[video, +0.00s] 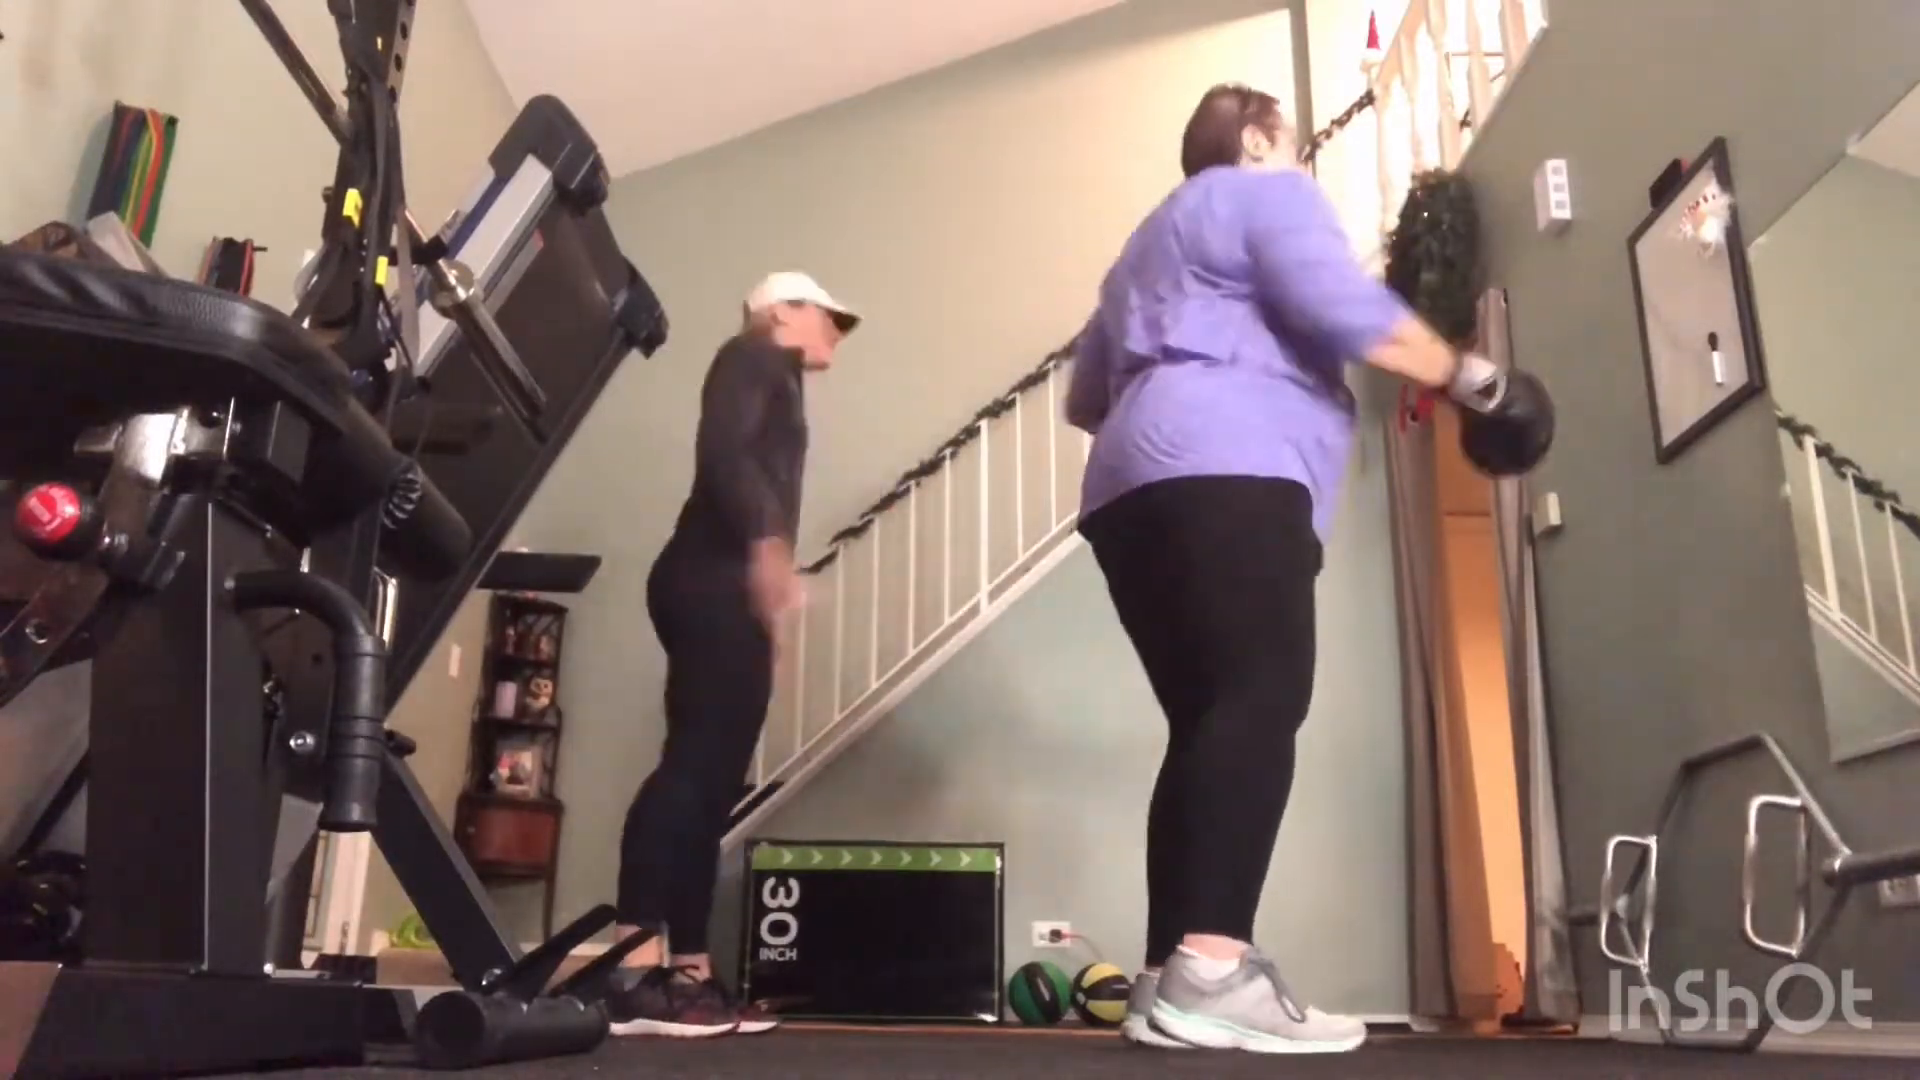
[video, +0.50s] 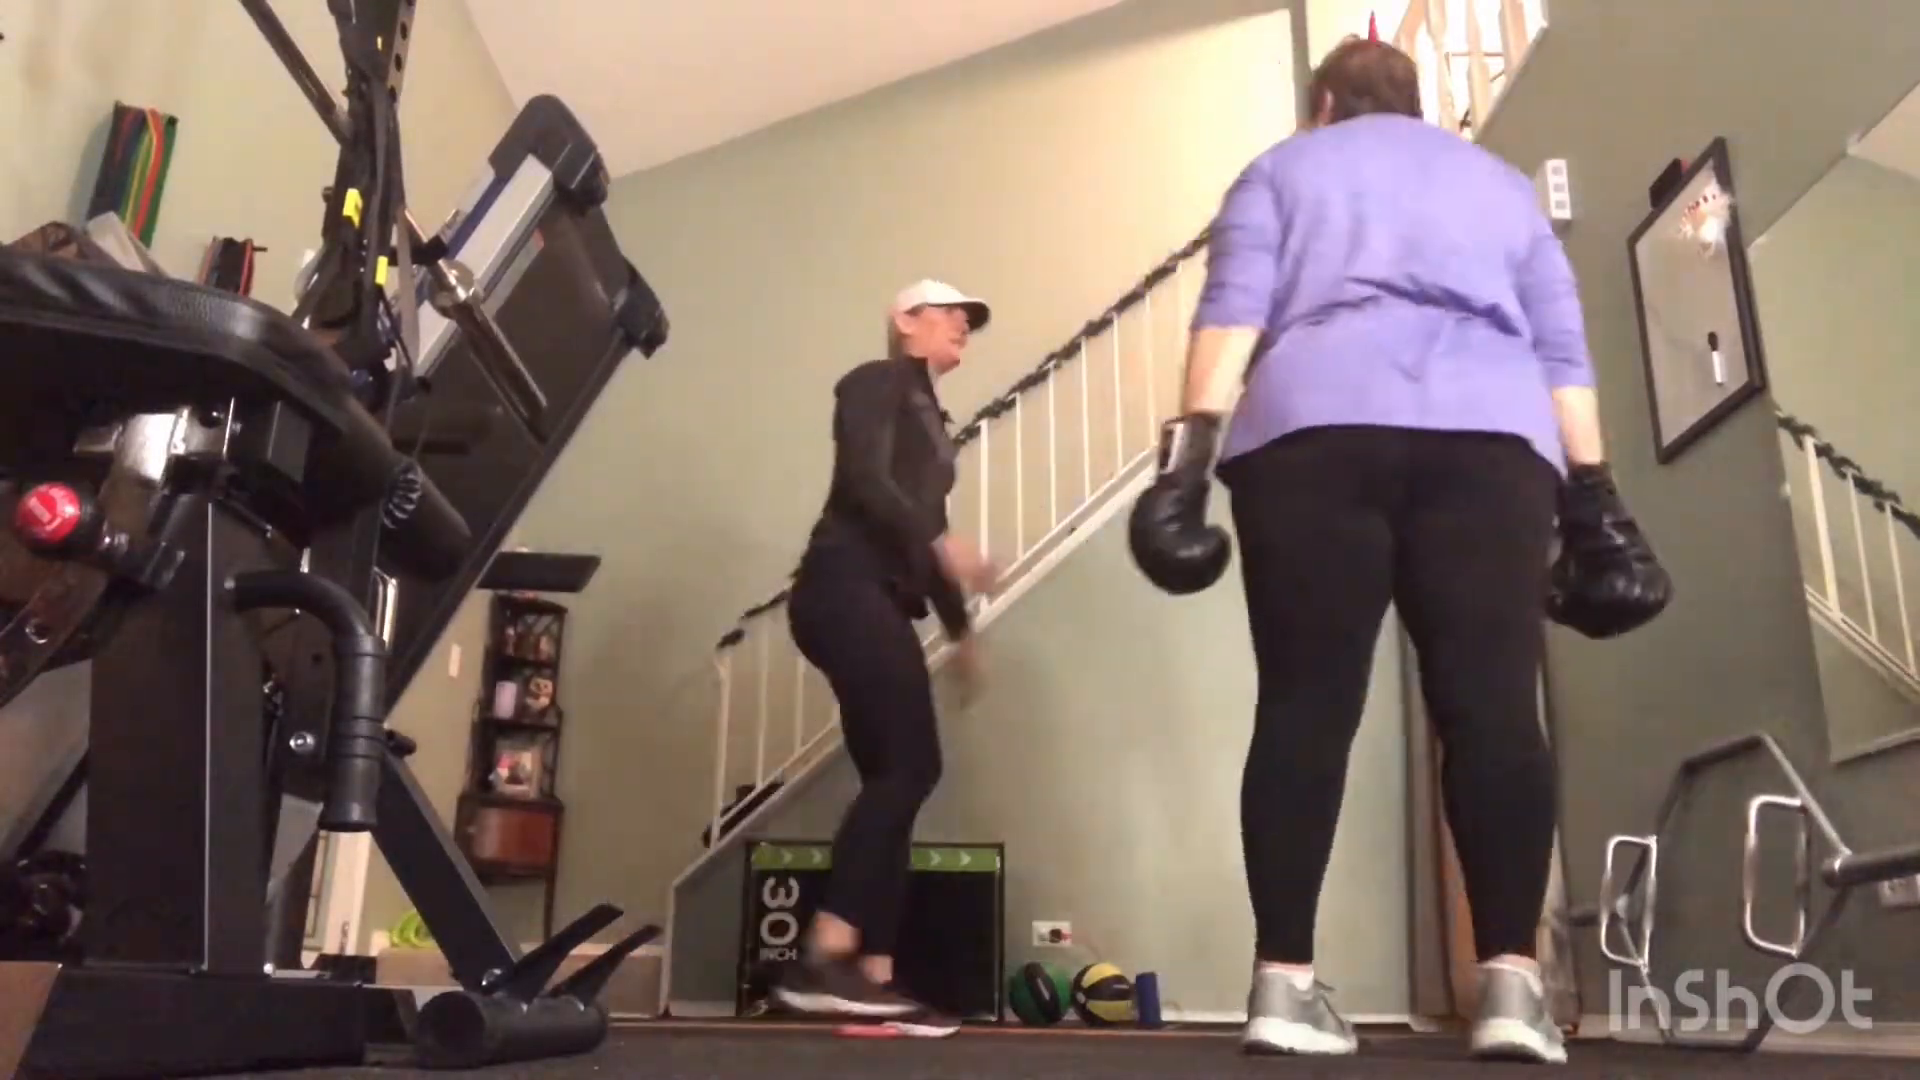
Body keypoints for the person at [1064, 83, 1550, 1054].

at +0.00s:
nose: (1296, 157)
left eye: (1290, 143)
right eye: (1288, 142)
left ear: (1198, 153)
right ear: (1256, 136)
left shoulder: (1141, 247)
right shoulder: (1270, 191)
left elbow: (1086, 395)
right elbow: (1333, 302)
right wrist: (1465, 373)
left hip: (1126, 483)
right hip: (1230, 462)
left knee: (1202, 726)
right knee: (1260, 701)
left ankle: (1176, 979)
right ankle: (1210, 972)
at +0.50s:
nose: (1305, 125)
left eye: (1307, 108)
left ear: (1320, 108)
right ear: (1423, 109)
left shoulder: (1282, 167)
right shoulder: (1506, 181)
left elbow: (1233, 301)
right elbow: (1561, 345)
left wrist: (1186, 460)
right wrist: (1594, 499)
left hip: (1313, 438)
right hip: (1489, 446)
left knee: (1304, 711)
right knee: (1495, 712)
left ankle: (1285, 980)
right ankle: (1510, 981)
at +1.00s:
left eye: (1183, 115)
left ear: (1184, 123)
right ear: (1284, 115)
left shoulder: (1144, 188)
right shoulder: (1367, 193)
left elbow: (1102, 341)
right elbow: (1419, 352)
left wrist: (1067, 493)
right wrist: (1434, 510)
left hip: (1192, 445)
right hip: (1358, 457)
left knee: (1221, 720)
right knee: (1374, 722)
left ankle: (1256, 982)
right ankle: (1407, 985)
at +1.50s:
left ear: (1223, 87)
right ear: (1327, 73)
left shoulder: (1153, 152)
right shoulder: (1394, 118)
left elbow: (1102, 323)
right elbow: (1461, 265)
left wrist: (1083, 475)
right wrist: (1525, 433)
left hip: (1175, 409)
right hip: (1359, 393)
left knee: (1227, 700)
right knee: (1353, 673)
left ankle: (1269, 982)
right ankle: (1316, 966)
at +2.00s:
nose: (1326, 176)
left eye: (1327, 162)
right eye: (1325, 164)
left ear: (1350, 140)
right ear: (1426, 134)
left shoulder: (1349, 173)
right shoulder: (1531, 207)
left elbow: (1325, 315)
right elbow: (1582, 365)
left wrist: (1267, 464)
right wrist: (1603, 530)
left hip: (1411, 445)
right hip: (1563, 458)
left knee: (1398, 715)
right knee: (1554, 722)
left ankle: (1417, 982)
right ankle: (1632, 981)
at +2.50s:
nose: (1447, 136)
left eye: (1448, 112)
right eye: (1441, 119)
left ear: (1487, 77)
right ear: (1502, 78)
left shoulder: (1563, 109)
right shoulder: (1515, 178)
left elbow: (1589, 242)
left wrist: (1555, 410)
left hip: (1651, 412)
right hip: (1608, 430)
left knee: (1623, 679)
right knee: (1587, 696)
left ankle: (1700, 986)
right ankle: (1635, 978)